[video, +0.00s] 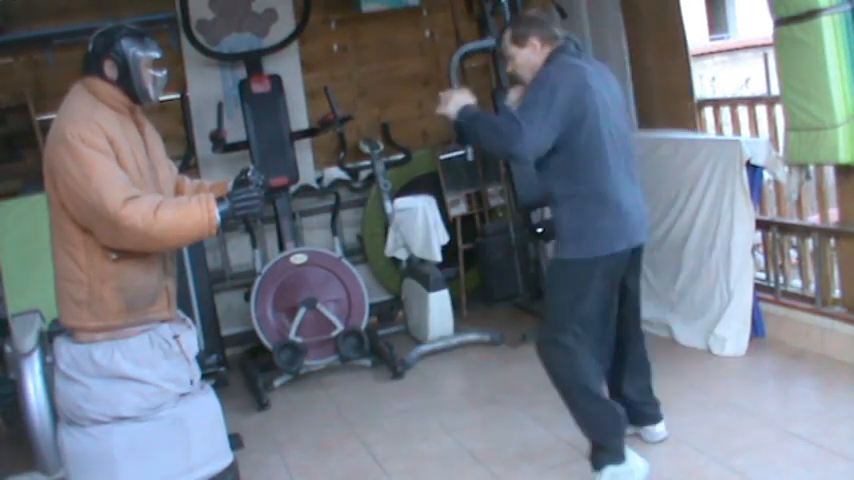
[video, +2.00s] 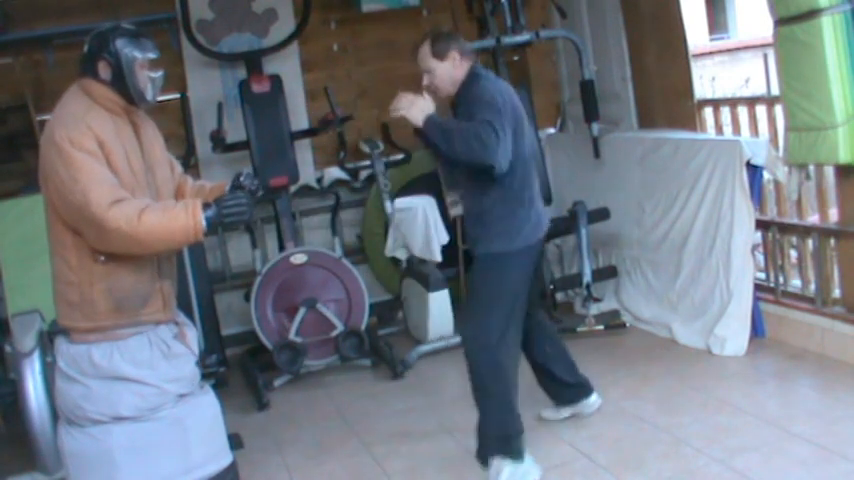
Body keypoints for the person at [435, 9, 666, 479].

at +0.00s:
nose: (512, 71)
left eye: (512, 60)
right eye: (508, 63)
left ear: (535, 44)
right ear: (545, 43)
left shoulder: (560, 77)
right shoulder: (598, 72)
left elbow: (524, 142)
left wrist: (465, 113)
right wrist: (525, 103)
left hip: (590, 234)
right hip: (628, 225)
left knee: (559, 339)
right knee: (621, 327)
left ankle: (613, 453)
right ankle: (645, 417)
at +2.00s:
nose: (427, 82)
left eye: (430, 72)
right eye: (423, 75)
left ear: (458, 60)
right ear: (453, 63)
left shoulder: (486, 93)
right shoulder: (476, 94)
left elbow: (492, 152)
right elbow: (479, 160)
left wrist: (428, 121)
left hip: (507, 237)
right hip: (513, 230)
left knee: (485, 338)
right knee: (524, 319)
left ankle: (504, 452)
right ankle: (575, 394)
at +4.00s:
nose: (357, 102)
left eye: (360, 91)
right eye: (355, 93)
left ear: (385, 78)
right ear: (384, 81)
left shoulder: (427, 112)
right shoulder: (394, 119)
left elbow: (374, 150)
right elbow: (366, 195)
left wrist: (320, 140)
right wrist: (340, 161)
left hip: (409, 246)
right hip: (368, 232)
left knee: (399, 355)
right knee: (280, 226)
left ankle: (456, 460)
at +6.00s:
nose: (415, 96)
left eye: (421, 88)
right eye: (414, 88)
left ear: (453, 84)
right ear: (449, 84)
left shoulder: (486, 129)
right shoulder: (440, 120)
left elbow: (460, 196)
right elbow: (401, 166)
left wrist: (409, 140)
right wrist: (380, 135)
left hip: (432, 256)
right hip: (408, 249)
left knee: (337, 309)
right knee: (401, 350)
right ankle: (449, 444)